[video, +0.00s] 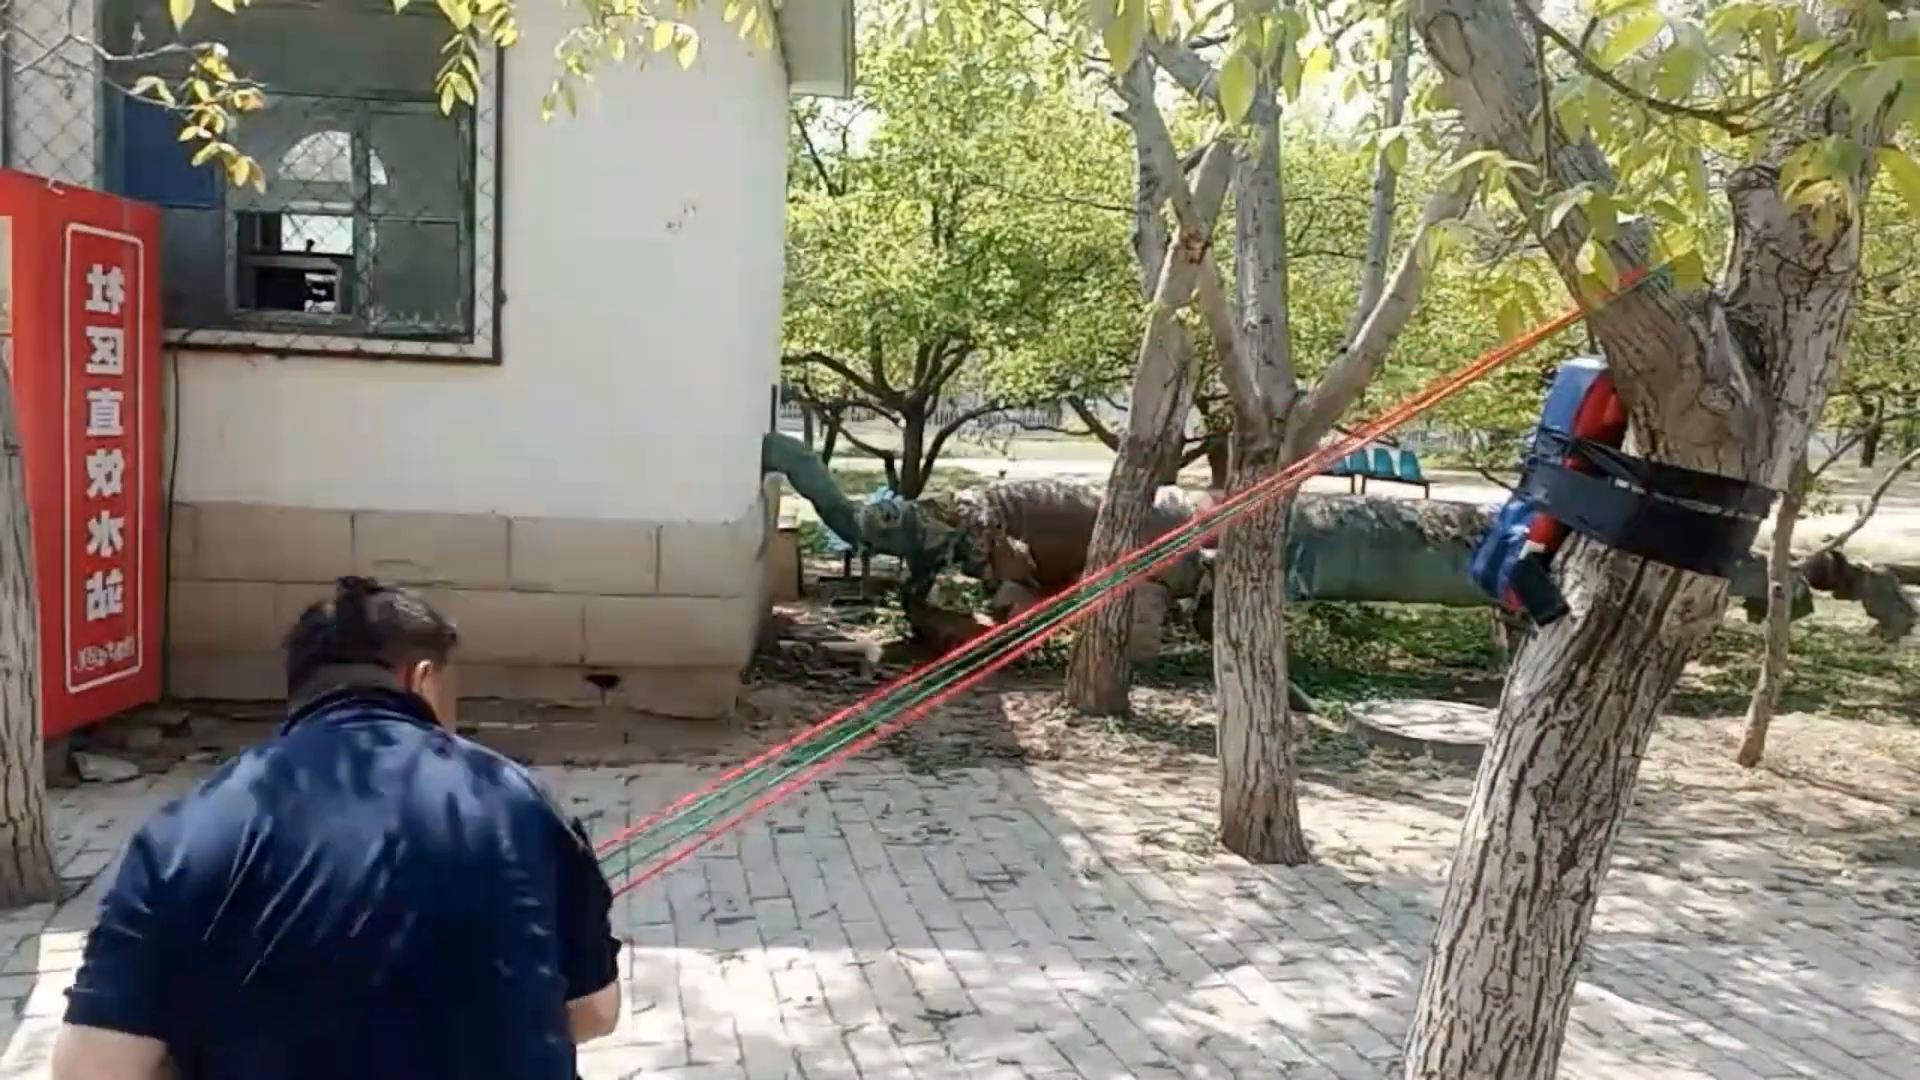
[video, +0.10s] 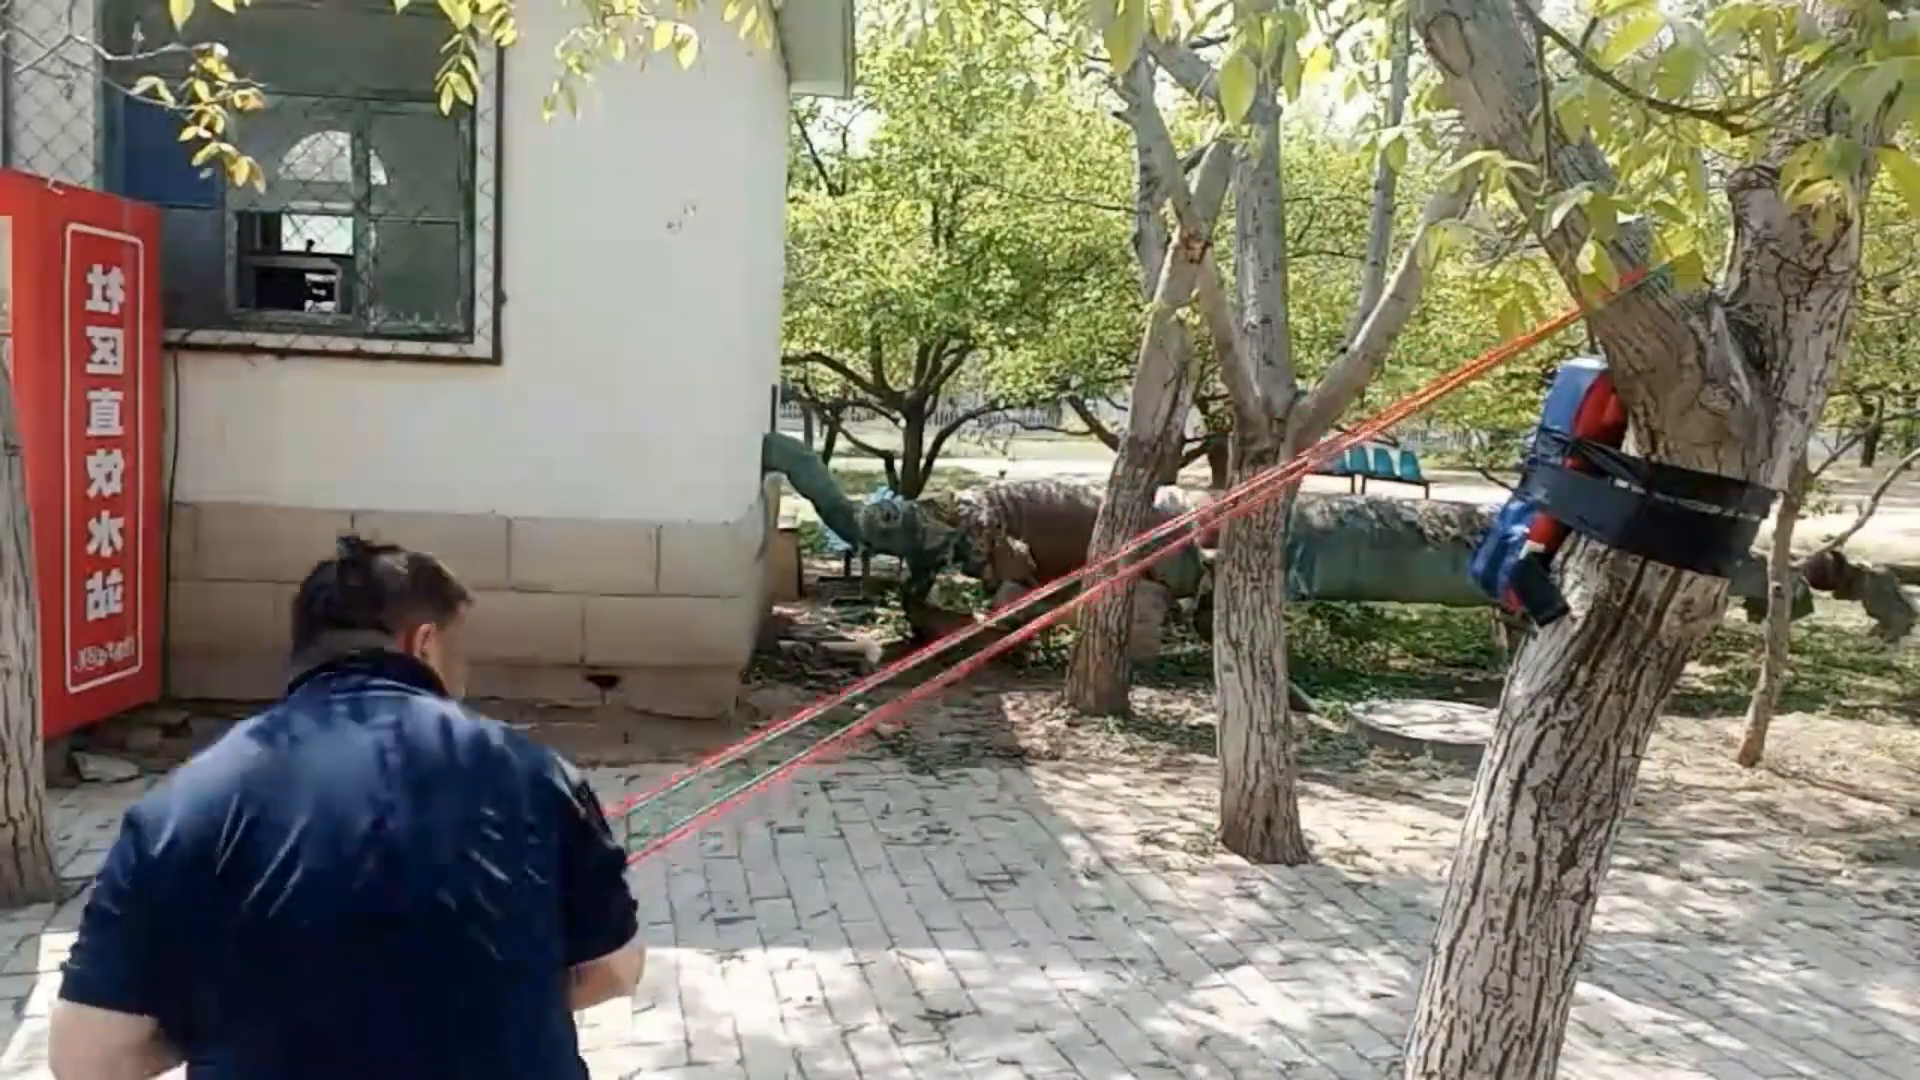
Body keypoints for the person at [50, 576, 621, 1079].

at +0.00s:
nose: (456, 708)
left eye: (457, 687)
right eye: (454, 688)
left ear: (298, 694)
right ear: (421, 683)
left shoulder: (181, 831)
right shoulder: (516, 801)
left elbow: (94, 1060)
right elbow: (594, 1011)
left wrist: (220, 1034)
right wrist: (466, 1022)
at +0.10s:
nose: (464, 675)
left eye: (464, 650)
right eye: (460, 651)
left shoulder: (179, 807)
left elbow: (86, 1055)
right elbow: (613, 965)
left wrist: (231, 1004)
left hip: (274, 1070)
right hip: (500, 1071)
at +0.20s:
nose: (455, 549)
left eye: (454, 520)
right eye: (448, 519)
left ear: (288, 529)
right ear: (383, 523)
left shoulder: (158, 696)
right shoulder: (497, 654)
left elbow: (125, 928)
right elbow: (636, 827)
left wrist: (243, 876)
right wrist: (570, 893)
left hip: (236, 1066)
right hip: (478, 1063)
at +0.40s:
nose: (468, 386)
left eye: (456, 356)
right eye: (446, 355)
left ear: (341, 388)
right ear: (352, 382)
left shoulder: (238, 524)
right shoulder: (434, 548)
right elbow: (603, 749)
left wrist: (518, 614)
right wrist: (709, 722)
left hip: (234, 1008)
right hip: (419, 1026)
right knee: (602, 1067)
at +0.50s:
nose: (485, 357)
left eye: (470, 326)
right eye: (459, 326)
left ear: (357, 366)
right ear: (363, 362)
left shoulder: (290, 491)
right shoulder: (412, 539)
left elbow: (444, 648)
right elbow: (592, 736)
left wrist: (605, 601)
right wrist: (736, 681)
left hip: (268, 1005)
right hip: (422, 1030)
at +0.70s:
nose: (568, 350)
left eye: (554, 320)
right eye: (540, 326)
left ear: (443, 373)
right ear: (442, 370)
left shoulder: (450, 495)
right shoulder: (434, 540)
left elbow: (663, 583)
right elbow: (703, 683)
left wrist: (859, 572)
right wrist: (920, 643)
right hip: (422, 1046)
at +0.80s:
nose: (614, 355)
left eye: (601, 329)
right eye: (589, 332)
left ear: (490, 375)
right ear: (488, 372)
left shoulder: (497, 494)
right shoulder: (466, 531)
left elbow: (703, 579)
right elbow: (749, 647)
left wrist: (905, 562)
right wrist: (954, 617)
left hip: (504, 973)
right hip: (439, 1021)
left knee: (634, 1067)